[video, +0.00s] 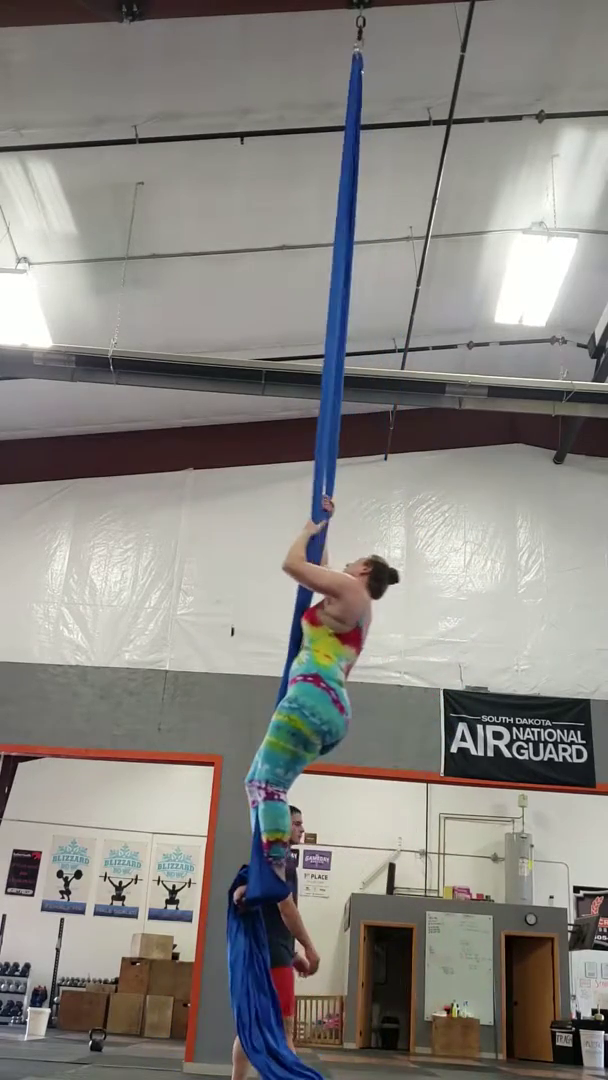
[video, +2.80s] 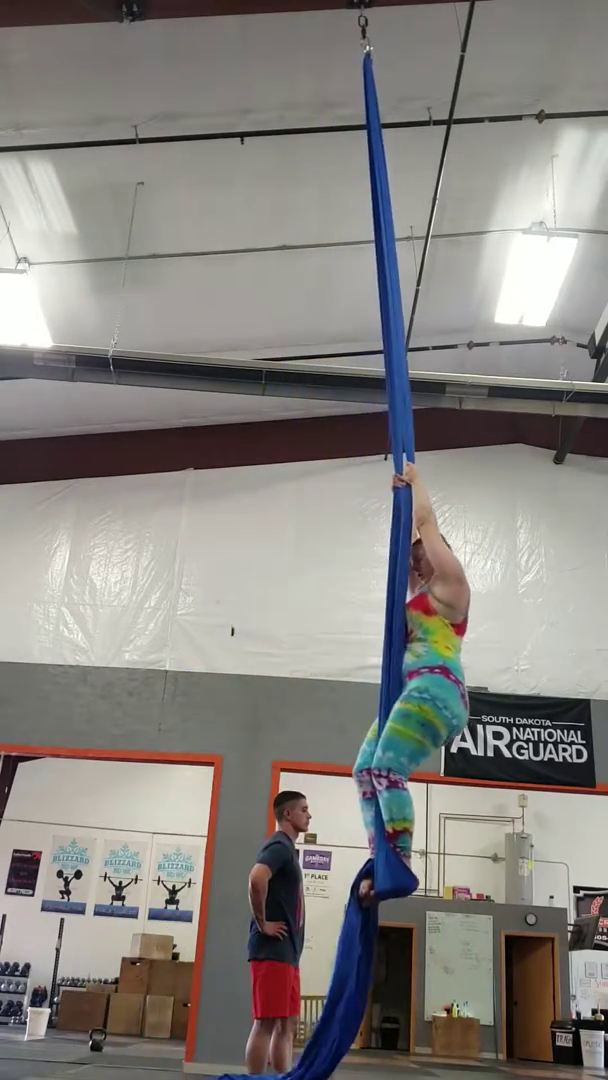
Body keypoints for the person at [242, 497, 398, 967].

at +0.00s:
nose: (350, 563)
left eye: (356, 562)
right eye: (355, 562)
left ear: (363, 570)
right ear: (371, 580)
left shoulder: (351, 590)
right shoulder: (359, 607)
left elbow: (294, 564)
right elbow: (311, 570)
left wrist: (310, 529)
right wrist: (320, 527)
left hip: (313, 696)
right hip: (334, 707)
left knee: (267, 783)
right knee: (263, 781)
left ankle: (275, 874)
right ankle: (276, 866)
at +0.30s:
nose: (310, 569)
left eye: (316, 568)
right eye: (316, 568)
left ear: (322, 574)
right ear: (333, 590)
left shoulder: (303, 584)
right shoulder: (321, 615)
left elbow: (274, 539)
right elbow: (285, 552)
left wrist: (270, 500)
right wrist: (289, 518)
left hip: (264, 693)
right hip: (288, 709)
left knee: (220, 779)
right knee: (216, 778)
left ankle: (222, 869)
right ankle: (219, 866)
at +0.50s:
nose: (300, 573)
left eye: (307, 573)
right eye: (304, 573)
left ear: (311, 583)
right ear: (317, 594)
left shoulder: (296, 596)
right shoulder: (299, 616)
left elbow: (277, 538)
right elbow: (268, 565)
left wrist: (276, 501)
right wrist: (277, 516)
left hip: (240, 696)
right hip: (257, 712)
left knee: (184, 773)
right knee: (179, 771)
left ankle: (176, 865)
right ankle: (173, 861)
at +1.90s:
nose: (353, 568)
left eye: (360, 568)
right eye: (354, 566)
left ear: (368, 582)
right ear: (354, 579)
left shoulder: (359, 602)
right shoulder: (336, 602)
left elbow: (341, 541)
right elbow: (326, 551)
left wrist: (337, 498)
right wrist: (324, 509)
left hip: (305, 698)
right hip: (293, 696)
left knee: (247, 768)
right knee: (232, 767)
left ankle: (241, 864)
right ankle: (230, 861)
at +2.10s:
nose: (369, 568)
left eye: (377, 566)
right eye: (375, 566)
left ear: (388, 578)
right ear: (380, 579)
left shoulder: (379, 599)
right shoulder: (354, 600)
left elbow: (358, 536)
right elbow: (343, 545)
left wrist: (351, 494)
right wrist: (340, 506)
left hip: (340, 696)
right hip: (321, 695)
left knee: (289, 777)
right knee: (269, 776)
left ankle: (289, 874)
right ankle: (274, 870)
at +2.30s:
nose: (383, 557)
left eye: (393, 552)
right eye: (384, 552)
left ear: (405, 567)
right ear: (383, 565)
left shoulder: (400, 591)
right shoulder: (370, 596)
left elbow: (376, 531)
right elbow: (357, 544)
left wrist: (367, 486)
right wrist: (354, 503)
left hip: (372, 693)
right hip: (350, 694)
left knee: (332, 781)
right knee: (310, 780)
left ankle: (343, 876)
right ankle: (326, 872)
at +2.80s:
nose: (413, 556)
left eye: (419, 547)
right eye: (408, 550)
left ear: (435, 547)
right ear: (403, 557)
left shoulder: (450, 584)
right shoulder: (411, 596)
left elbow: (426, 522)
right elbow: (406, 534)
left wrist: (415, 478)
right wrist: (400, 497)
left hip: (438, 687)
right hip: (408, 689)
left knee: (388, 766)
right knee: (364, 769)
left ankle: (398, 866)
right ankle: (382, 864)